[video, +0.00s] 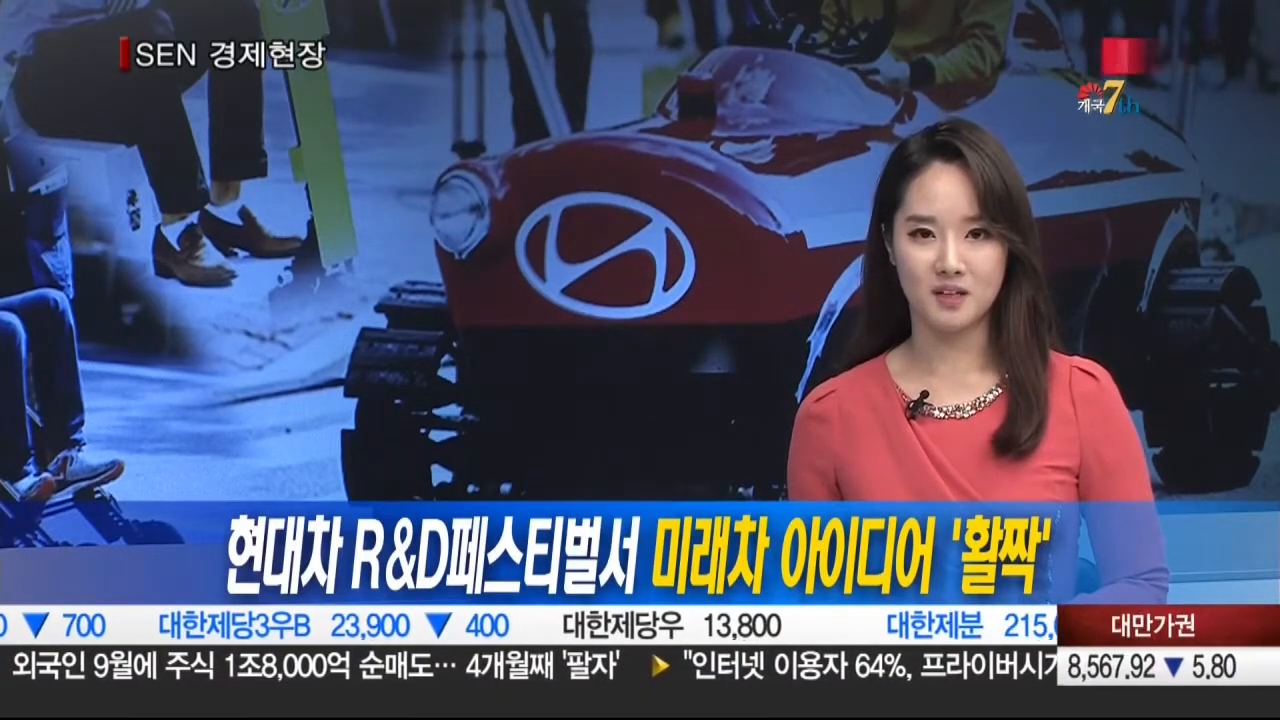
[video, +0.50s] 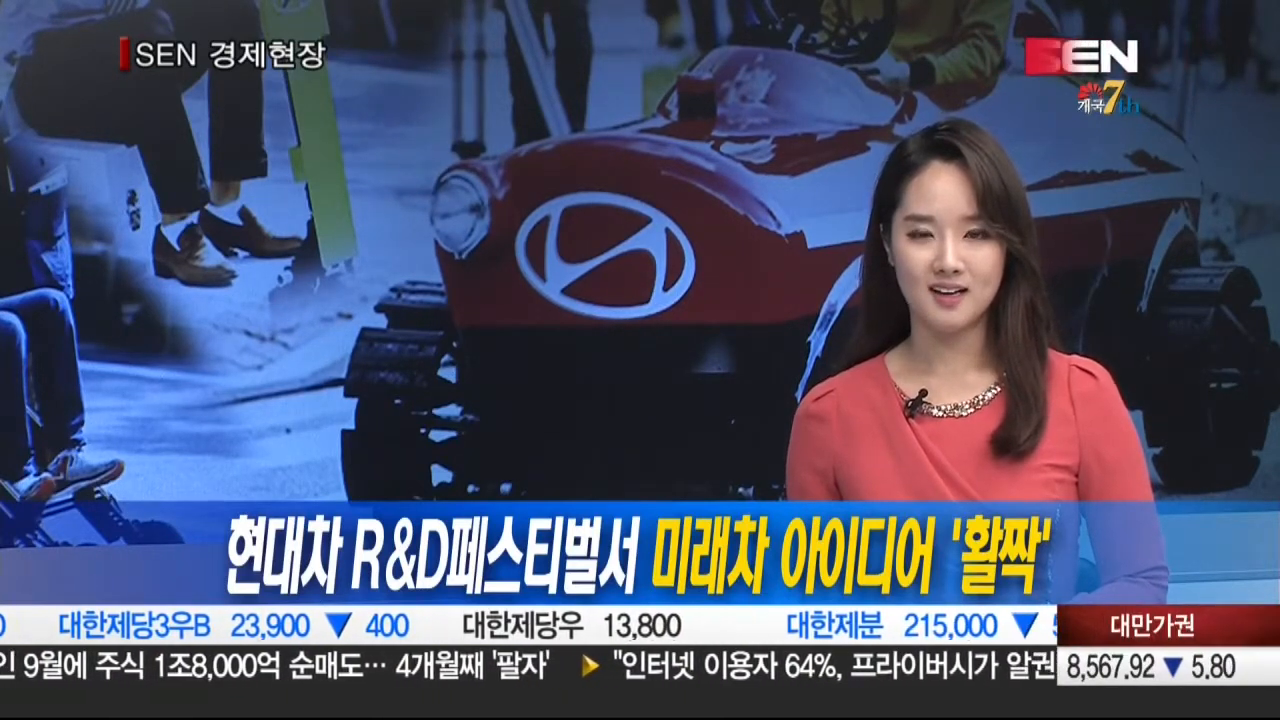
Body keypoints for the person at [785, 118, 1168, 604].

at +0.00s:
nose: (950, 263)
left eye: (977, 234)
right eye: (922, 234)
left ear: (1012, 248)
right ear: (889, 246)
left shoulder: (1083, 397)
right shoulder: (829, 417)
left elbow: (1142, 582)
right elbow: (812, 604)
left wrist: (1033, 640)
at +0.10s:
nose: (950, 263)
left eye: (977, 234)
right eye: (922, 234)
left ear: (1012, 248)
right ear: (889, 246)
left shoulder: (1082, 397)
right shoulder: (828, 418)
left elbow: (1142, 583)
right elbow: (811, 605)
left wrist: (1034, 642)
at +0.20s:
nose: (949, 263)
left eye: (976, 234)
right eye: (921, 234)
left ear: (1011, 248)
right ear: (888, 247)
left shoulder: (1083, 398)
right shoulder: (828, 418)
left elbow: (1142, 582)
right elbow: (811, 606)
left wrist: (1034, 640)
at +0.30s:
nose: (949, 263)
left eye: (976, 233)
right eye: (921, 234)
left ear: (1011, 247)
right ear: (888, 247)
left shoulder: (1082, 397)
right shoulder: (828, 418)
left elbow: (1142, 583)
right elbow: (811, 607)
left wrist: (1035, 639)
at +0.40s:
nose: (949, 263)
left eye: (976, 235)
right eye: (921, 236)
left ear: (1010, 248)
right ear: (888, 247)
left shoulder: (1082, 397)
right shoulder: (828, 417)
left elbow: (1142, 582)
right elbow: (810, 606)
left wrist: (1033, 641)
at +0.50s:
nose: (949, 262)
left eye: (976, 233)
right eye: (921, 234)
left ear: (1010, 247)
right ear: (888, 246)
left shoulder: (1082, 396)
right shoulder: (828, 417)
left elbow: (1142, 581)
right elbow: (810, 605)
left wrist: (1037, 641)